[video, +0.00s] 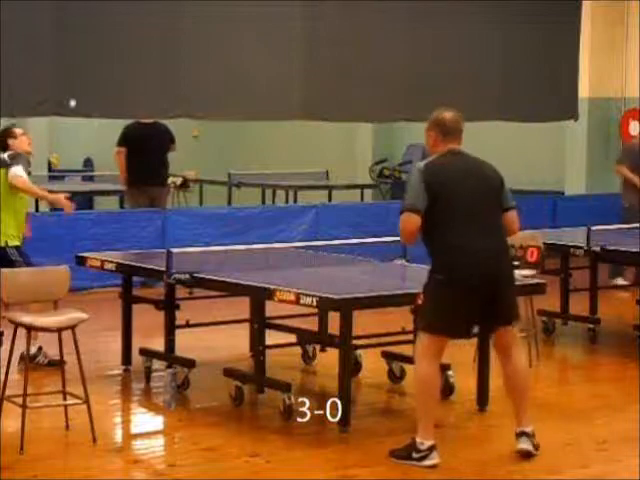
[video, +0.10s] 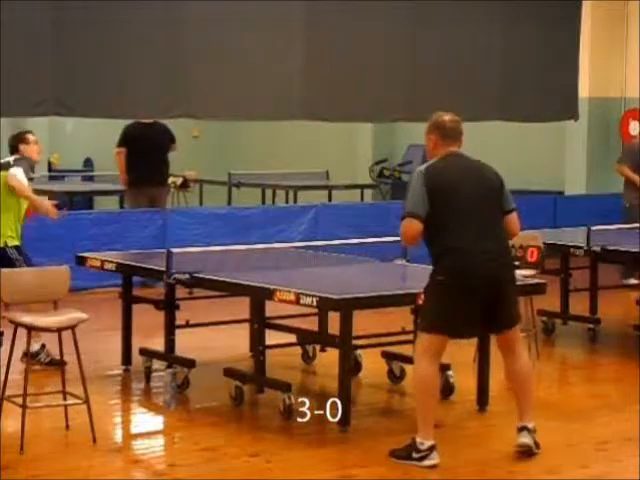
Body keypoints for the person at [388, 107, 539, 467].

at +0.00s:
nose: (425, 142)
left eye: (426, 137)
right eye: (428, 137)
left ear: (433, 136)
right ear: (461, 136)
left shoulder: (425, 171)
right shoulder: (489, 171)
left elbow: (409, 231)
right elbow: (513, 225)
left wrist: (421, 220)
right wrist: (482, 231)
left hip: (452, 274)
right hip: (497, 273)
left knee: (428, 354)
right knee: (508, 348)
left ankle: (424, 442)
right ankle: (524, 432)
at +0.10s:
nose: (425, 146)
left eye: (426, 141)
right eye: (427, 141)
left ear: (432, 140)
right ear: (460, 140)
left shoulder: (426, 174)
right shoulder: (489, 172)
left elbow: (411, 233)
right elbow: (513, 227)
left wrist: (426, 223)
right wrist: (484, 236)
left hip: (453, 274)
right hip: (499, 273)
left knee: (427, 355)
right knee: (512, 346)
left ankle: (424, 443)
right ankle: (526, 429)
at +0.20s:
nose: (427, 148)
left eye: (427, 143)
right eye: (429, 143)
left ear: (434, 142)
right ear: (461, 141)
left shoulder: (427, 175)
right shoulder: (491, 173)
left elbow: (414, 233)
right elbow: (516, 228)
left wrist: (421, 229)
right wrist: (486, 230)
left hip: (454, 275)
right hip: (501, 273)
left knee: (429, 355)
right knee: (517, 346)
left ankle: (424, 443)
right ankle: (533, 427)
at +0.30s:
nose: (432, 154)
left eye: (433, 149)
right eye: (434, 149)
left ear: (440, 147)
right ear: (468, 146)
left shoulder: (436, 180)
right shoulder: (498, 178)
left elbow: (422, 237)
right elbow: (524, 232)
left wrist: (423, 232)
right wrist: (497, 238)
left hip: (465, 278)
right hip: (510, 276)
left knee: (427, 353)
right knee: (522, 353)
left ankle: (423, 442)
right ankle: (539, 434)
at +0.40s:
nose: (436, 161)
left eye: (437, 156)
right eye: (437, 156)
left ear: (443, 153)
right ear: (472, 152)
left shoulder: (440, 183)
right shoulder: (503, 182)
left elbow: (425, 244)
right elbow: (529, 236)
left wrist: (427, 235)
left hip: (472, 279)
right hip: (516, 279)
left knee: (427, 352)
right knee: (525, 356)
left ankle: (419, 440)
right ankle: (538, 436)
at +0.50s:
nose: (441, 166)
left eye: (441, 161)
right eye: (442, 161)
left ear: (448, 158)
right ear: (476, 157)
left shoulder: (442, 189)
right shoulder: (506, 188)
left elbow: (423, 247)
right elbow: (529, 240)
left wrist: (443, 232)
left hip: (473, 282)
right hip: (518, 281)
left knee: (433, 358)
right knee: (526, 357)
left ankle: (435, 448)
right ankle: (539, 438)